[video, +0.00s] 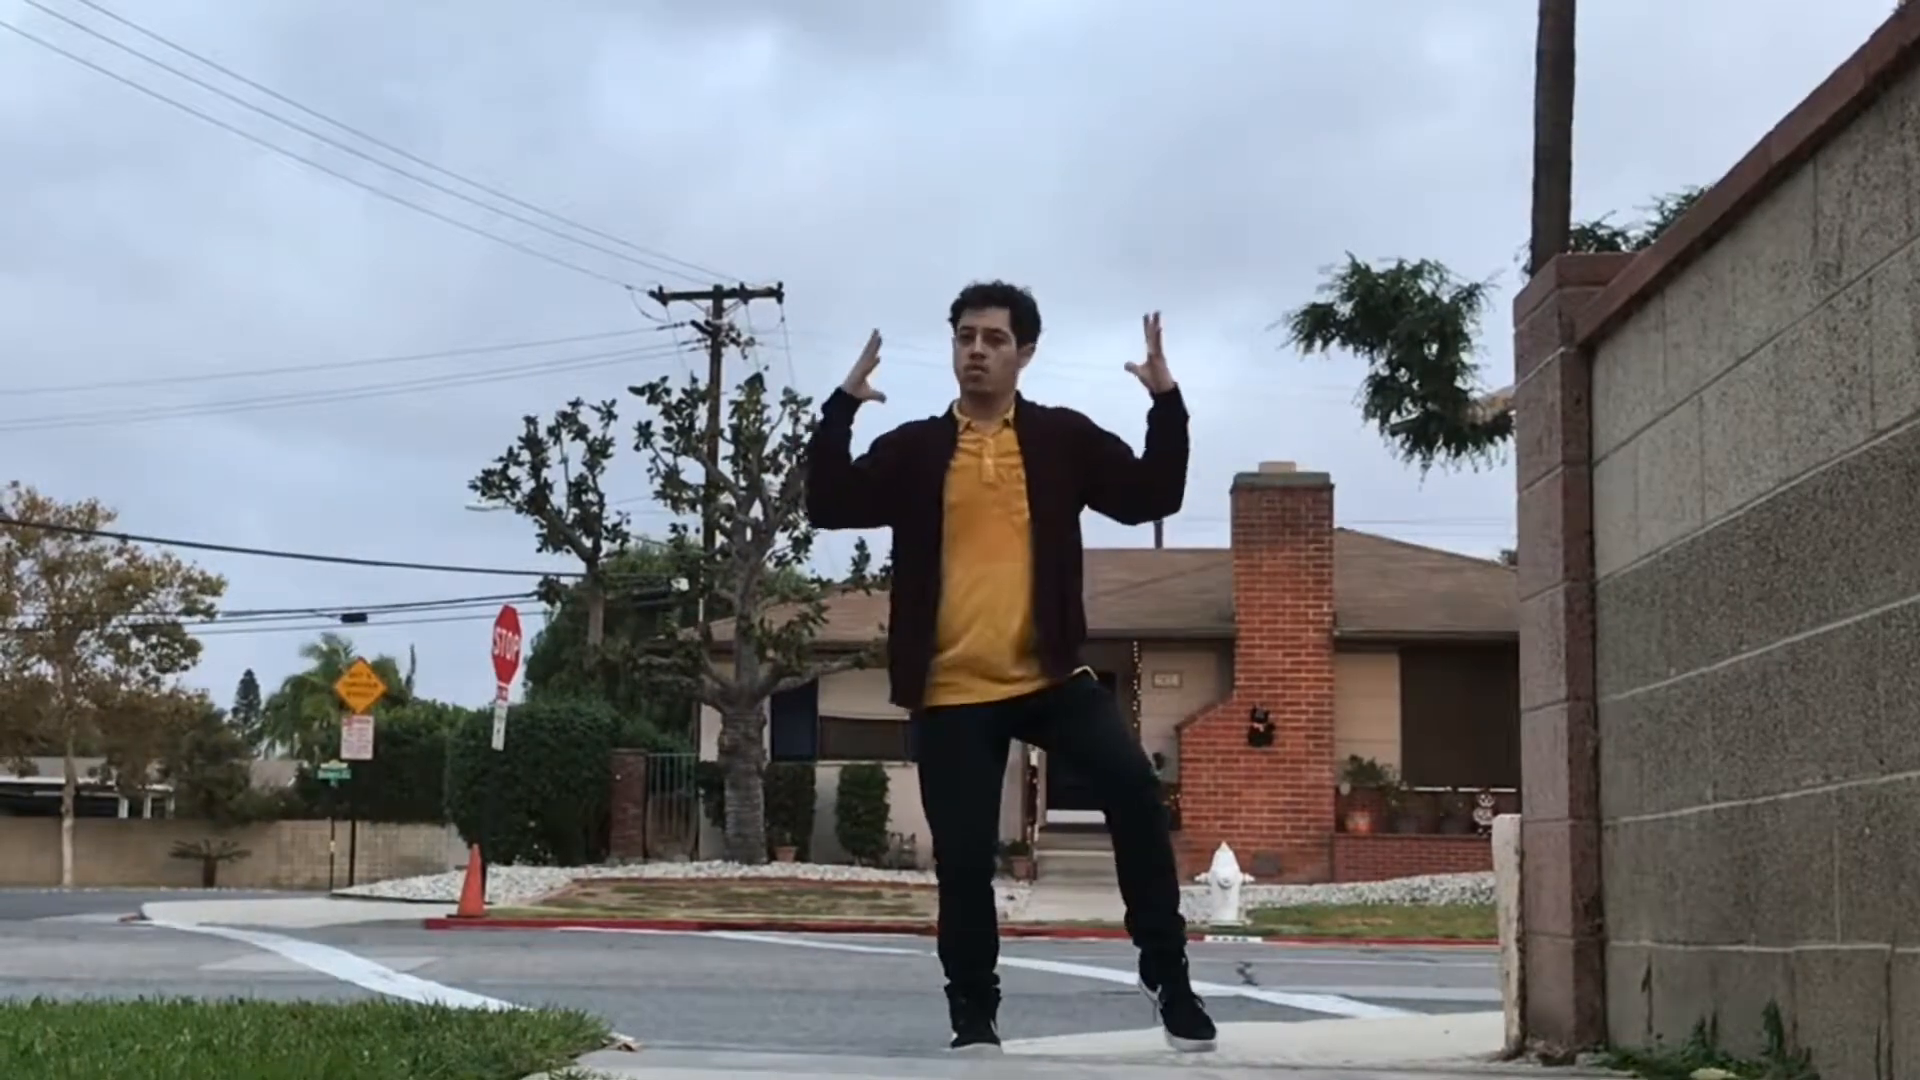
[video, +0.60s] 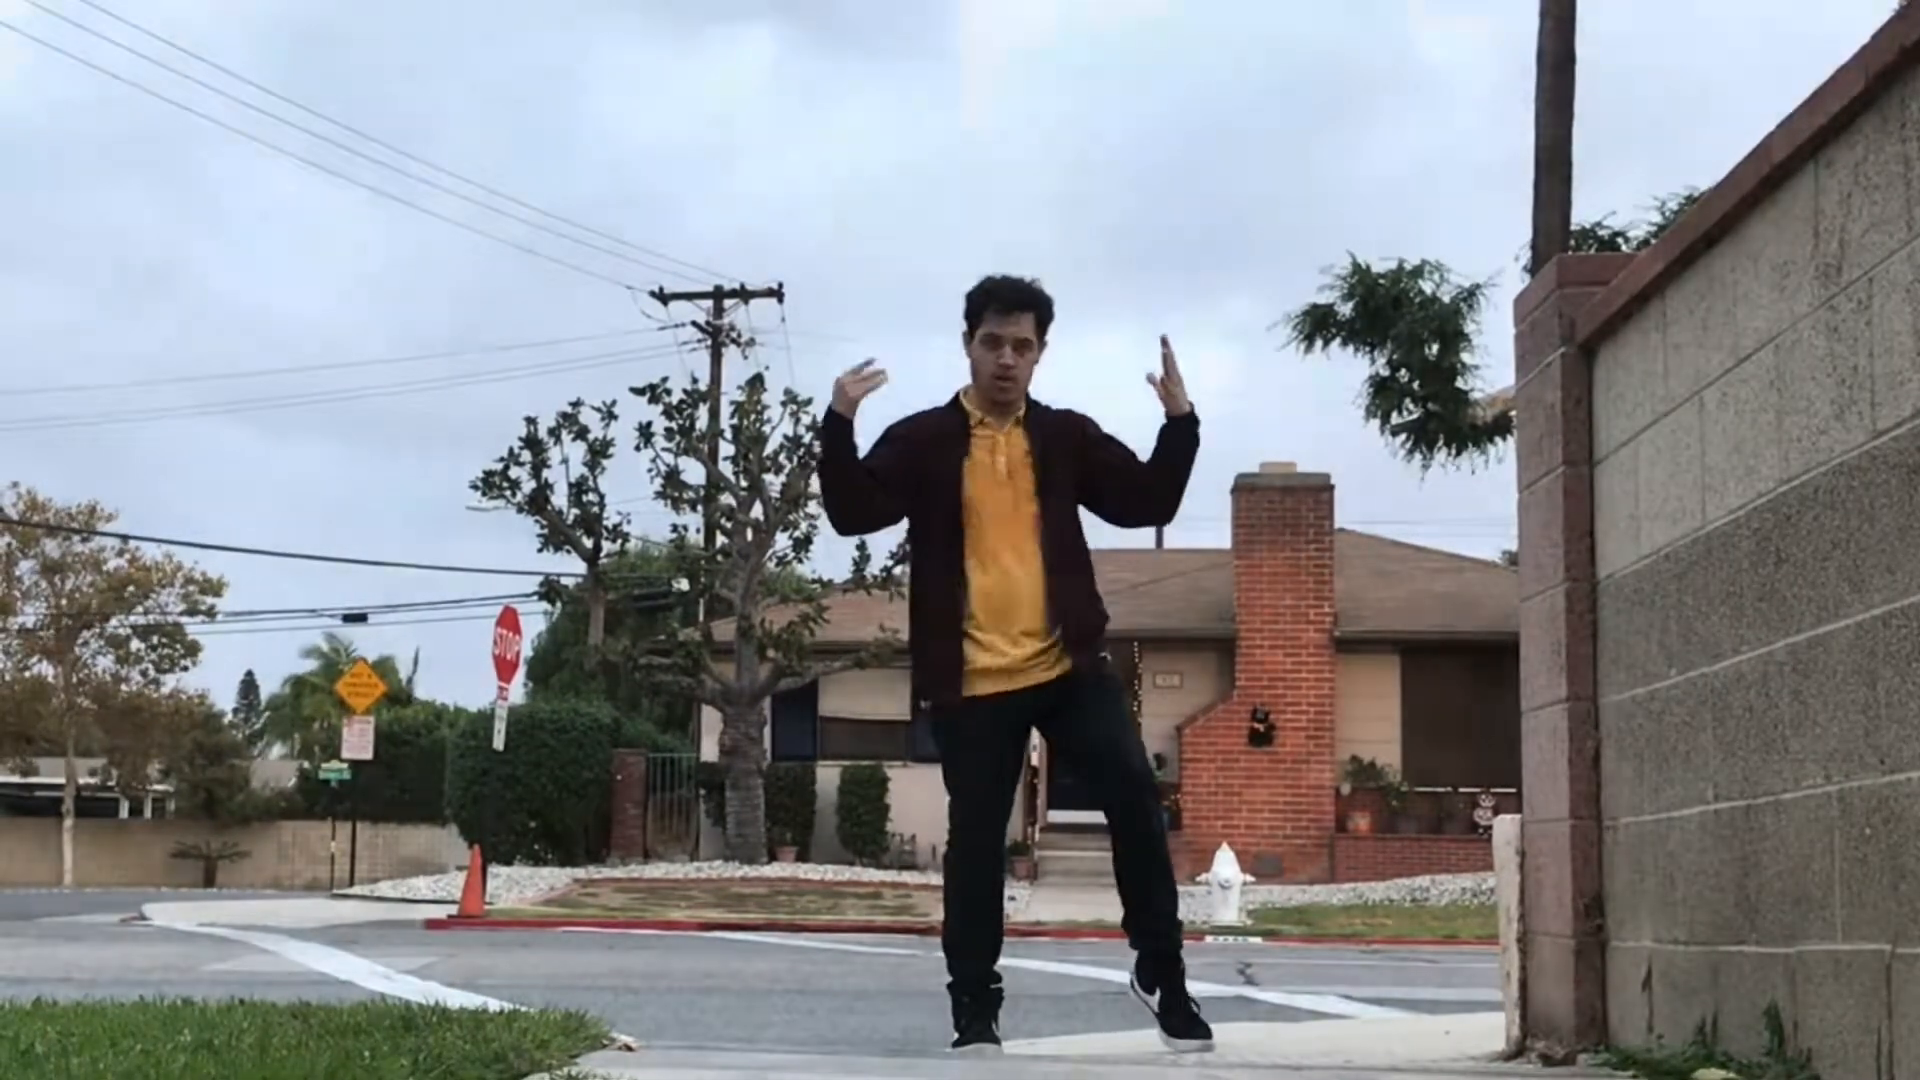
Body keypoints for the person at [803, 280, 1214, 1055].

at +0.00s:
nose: (976, 350)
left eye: (994, 339)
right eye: (966, 337)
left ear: (1025, 353)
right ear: (951, 349)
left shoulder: (1063, 436)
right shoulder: (911, 449)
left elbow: (1155, 495)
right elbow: (828, 502)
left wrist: (1166, 399)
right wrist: (844, 402)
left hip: (1052, 679)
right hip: (952, 691)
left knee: (1134, 789)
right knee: (962, 860)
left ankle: (1170, 977)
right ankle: (973, 1019)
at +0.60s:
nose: (1008, 359)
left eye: (1022, 346)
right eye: (994, 344)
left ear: (1040, 353)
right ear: (968, 348)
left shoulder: (1066, 436)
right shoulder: (921, 439)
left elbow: (1151, 502)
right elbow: (851, 511)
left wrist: (1180, 423)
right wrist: (838, 419)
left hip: (1069, 668)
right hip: (973, 682)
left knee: (1132, 791)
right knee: (977, 844)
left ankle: (1164, 974)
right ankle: (974, 1009)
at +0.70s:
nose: (1007, 357)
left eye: (1022, 344)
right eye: (993, 342)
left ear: (1041, 351)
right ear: (968, 346)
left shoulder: (1071, 440)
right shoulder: (918, 447)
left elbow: (1123, 538)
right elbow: (882, 552)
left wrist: (1152, 498)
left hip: (1070, 666)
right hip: (973, 682)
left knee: (1134, 786)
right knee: (976, 838)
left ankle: (1164, 970)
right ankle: (975, 1005)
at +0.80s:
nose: (1008, 356)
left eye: (1023, 344)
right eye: (994, 342)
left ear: (1042, 352)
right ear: (969, 347)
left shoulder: (1072, 443)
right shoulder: (929, 443)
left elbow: (1106, 545)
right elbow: (919, 545)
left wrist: (1068, 566)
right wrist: (941, 624)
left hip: (1067, 672)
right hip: (974, 681)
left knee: (1134, 793)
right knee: (975, 838)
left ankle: (1164, 972)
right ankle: (974, 1005)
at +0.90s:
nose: (1007, 355)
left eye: (1022, 341)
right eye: (993, 340)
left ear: (1042, 350)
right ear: (969, 346)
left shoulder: (1072, 437)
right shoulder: (935, 438)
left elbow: (1081, 542)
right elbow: (943, 553)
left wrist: (1026, 591)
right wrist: (995, 647)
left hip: (1059, 662)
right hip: (967, 669)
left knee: (1123, 796)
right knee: (973, 837)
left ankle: (1161, 975)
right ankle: (974, 1005)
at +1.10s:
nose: (1002, 345)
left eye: (1016, 331)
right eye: (987, 332)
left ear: (1038, 342)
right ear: (965, 343)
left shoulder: (1071, 429)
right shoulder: (932, 430)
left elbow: (1067, 534)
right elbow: (940, 547)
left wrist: (1024, 613)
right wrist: (1038, 615)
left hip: (1045, 665)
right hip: (954, 672)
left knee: (1069, 819)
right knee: (961, 842)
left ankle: (1092, 989)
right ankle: (971, 1007)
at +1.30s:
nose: (976, 338)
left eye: (990, 323)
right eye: (961, 329)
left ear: (1023, 334)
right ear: (950, 348)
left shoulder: (1075, 433)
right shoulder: (921, 430)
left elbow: (1117, 549)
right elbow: (864, 524)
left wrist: (1089, 616)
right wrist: (923, 594)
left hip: (1047, 681)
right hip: (954, 681)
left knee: (1044, 844)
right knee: (961, 847)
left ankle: (1046, 1010)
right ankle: (971, 1013)